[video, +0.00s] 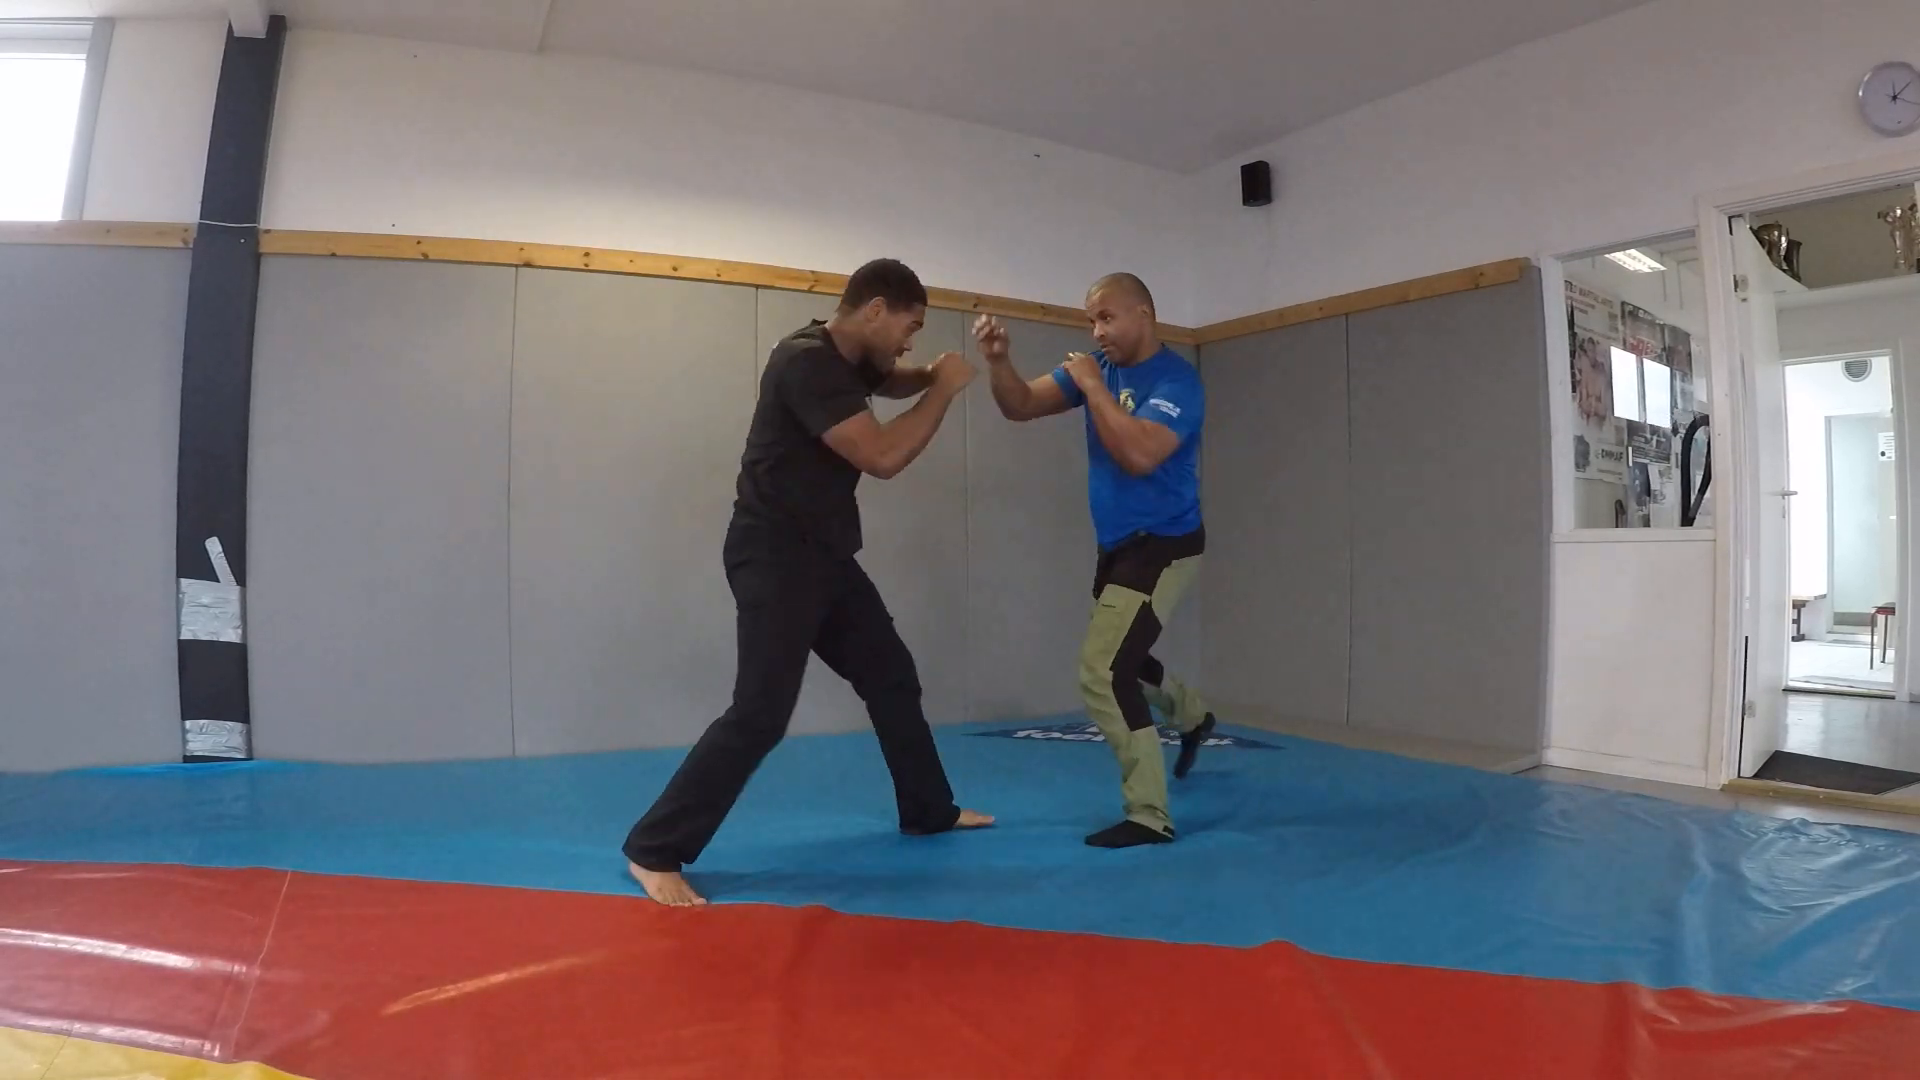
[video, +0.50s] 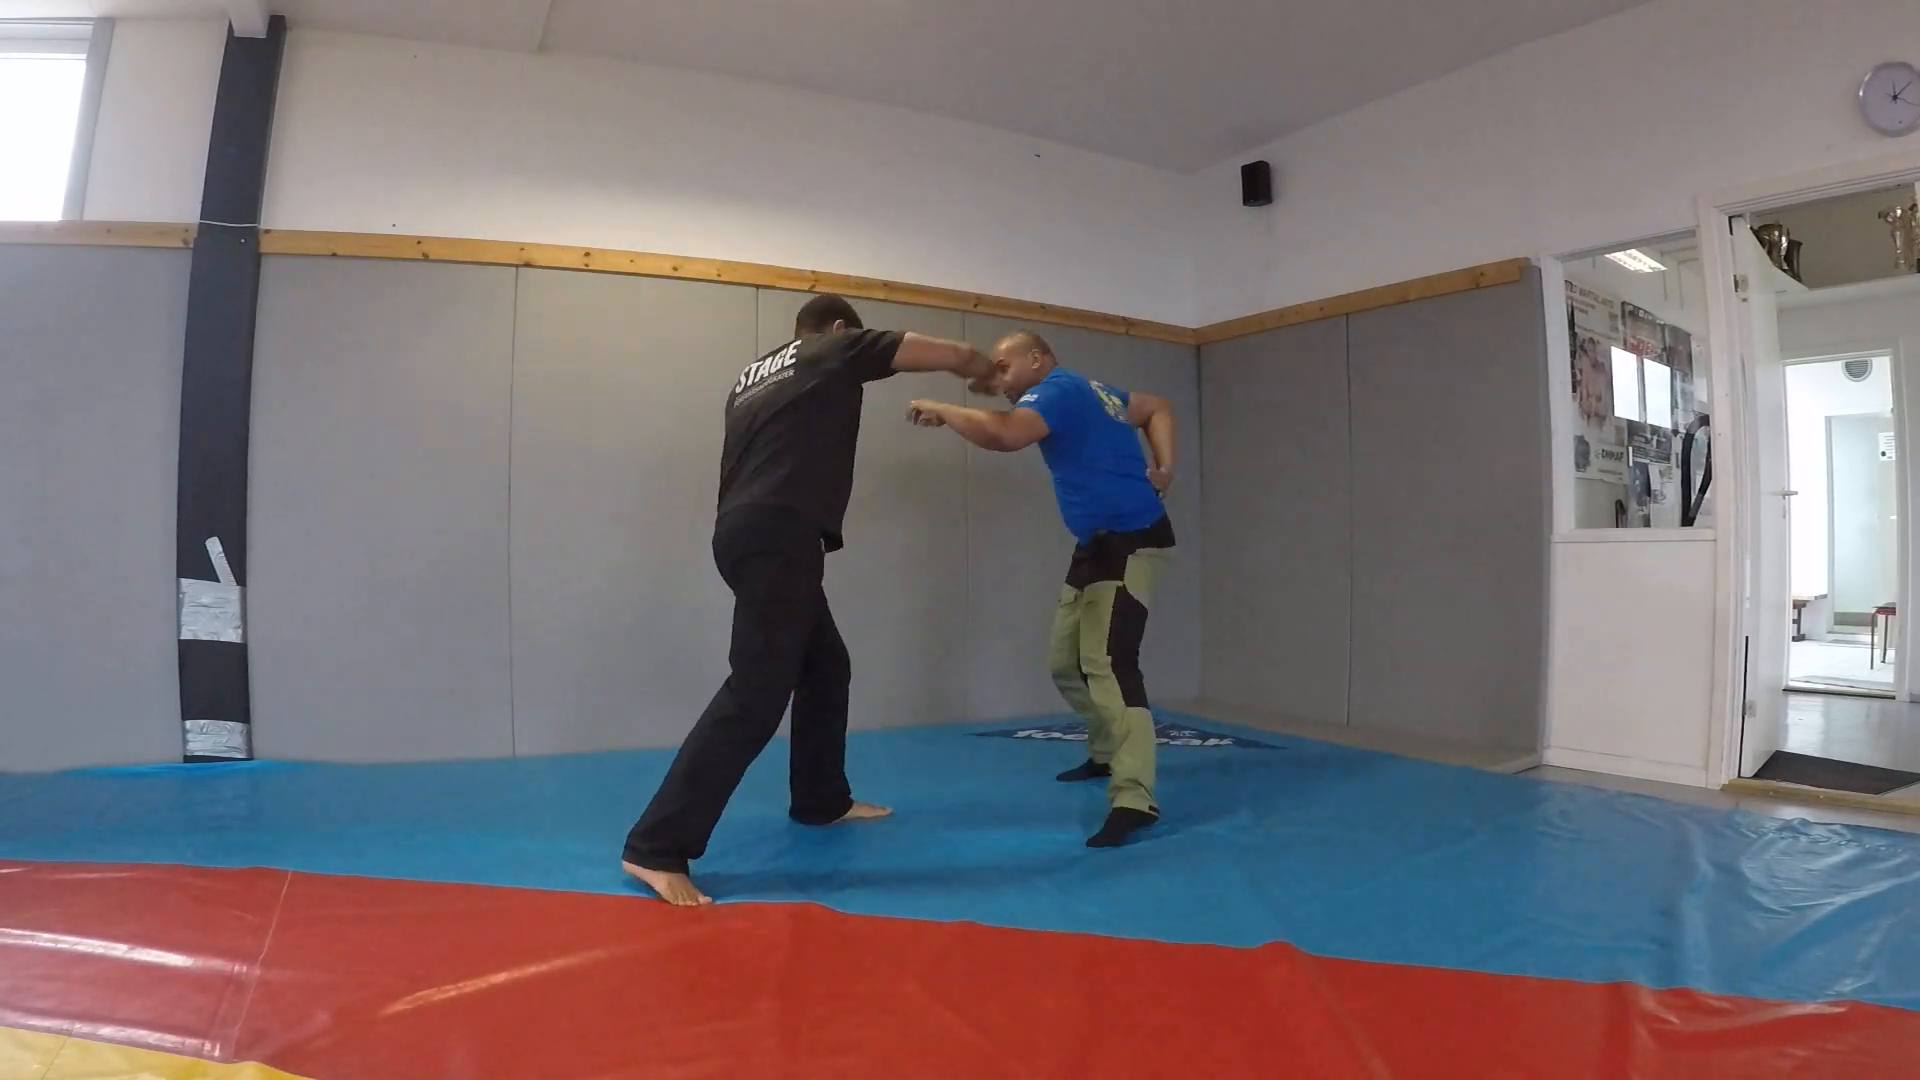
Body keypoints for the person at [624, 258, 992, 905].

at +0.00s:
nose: (909, 343)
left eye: (913, 334)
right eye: (908, 328)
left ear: (870, 313)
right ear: (873, 310)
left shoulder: (848, 357)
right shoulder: (806, 362)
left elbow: (895, 380)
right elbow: (884, 456)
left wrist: (940, 372)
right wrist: (944, 389)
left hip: (824, 558)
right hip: (775, 557)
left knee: (892, 679)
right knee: (760, 715)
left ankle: (929, 810)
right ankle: (654, 849)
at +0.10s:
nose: (896, 340)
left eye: (902, 330)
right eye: (898, 326)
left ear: (854, 310)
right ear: (867, 310)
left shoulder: (810, 357)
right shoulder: (809, 366)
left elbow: (832, 423)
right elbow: (887, 461)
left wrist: (884, 385)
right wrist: (934, 391)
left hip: (796, 556)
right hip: (756, 555)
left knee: (866, 669)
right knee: (745, 714)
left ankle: (913, 801)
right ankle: (653, 861)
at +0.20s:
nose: (882, 335)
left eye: (886, 325)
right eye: (883, 321)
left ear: (832, 302)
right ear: (859, 305)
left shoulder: (786, 347)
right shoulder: (819, 352)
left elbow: (813, 418)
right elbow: (881, 444)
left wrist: (859, 375)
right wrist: (917, 392)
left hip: (773, 541)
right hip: (762, 543)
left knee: (855, 651)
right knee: (755, 706)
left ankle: (851, 797)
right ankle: (657, 860)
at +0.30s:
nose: (864, 333)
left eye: (864, 327)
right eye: (864, 324)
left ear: (812, 314)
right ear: (850, 312)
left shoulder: (761, 359)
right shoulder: (834, 345)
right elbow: (917, 376)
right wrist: (923, 341)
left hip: (747, 535)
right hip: (780, 539)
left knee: (832, 665)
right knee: (765, 700)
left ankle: (818, 799)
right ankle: (657, 853)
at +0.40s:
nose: (856, 339)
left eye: (856, 332)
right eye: (855, 332)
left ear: (799, 326)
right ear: (841, 326)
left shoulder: (751, 374)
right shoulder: (842, 350)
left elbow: (746, 461)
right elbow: (959, 330)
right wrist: (953, 325)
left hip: (738, 538)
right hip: (786, 535)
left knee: (829, 663)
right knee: (765, 693)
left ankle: (820, 802)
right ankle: (656, 848)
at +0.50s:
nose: (856, 343)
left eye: (856, 337)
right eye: (855, 336)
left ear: (799, 329)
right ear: (841, 328)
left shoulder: (749, 378)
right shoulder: (838, 347)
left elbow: (735, 471)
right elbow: (960, 355)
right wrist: (980, 368)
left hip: (739, 533)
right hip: (781, 530)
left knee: (825, 666)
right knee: (758, 687)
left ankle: (820, 802)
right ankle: (657, 847)